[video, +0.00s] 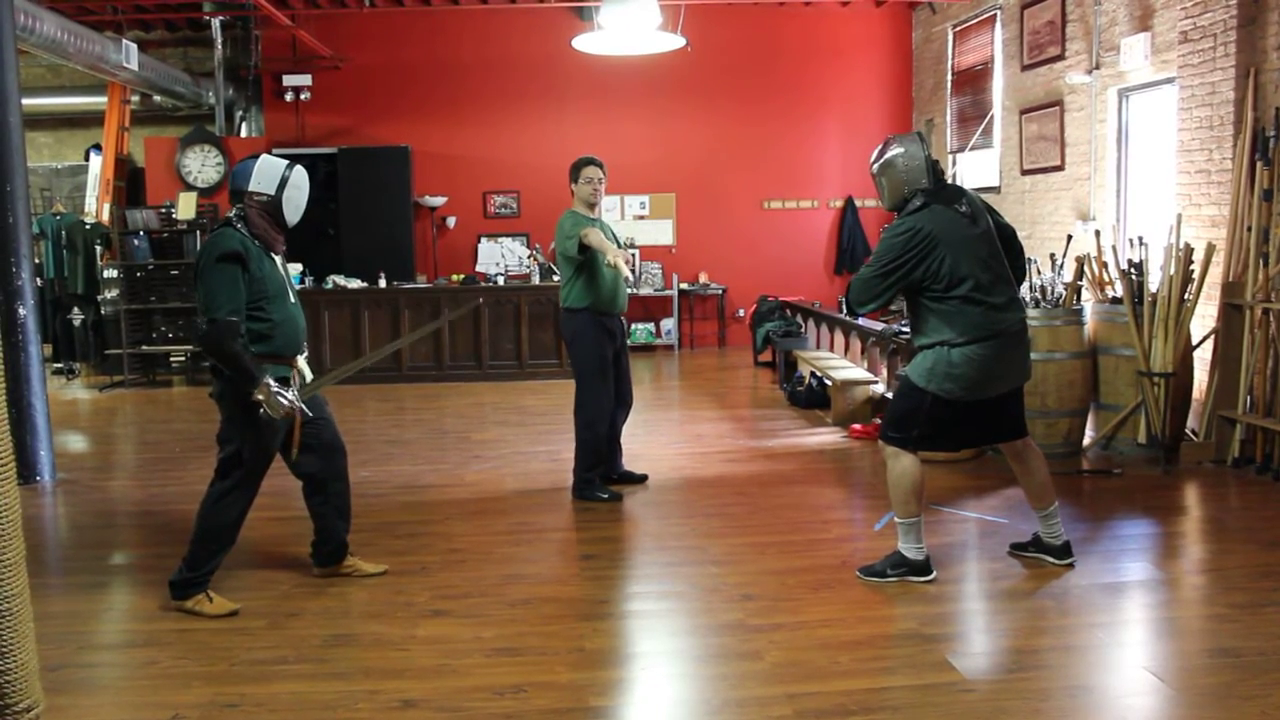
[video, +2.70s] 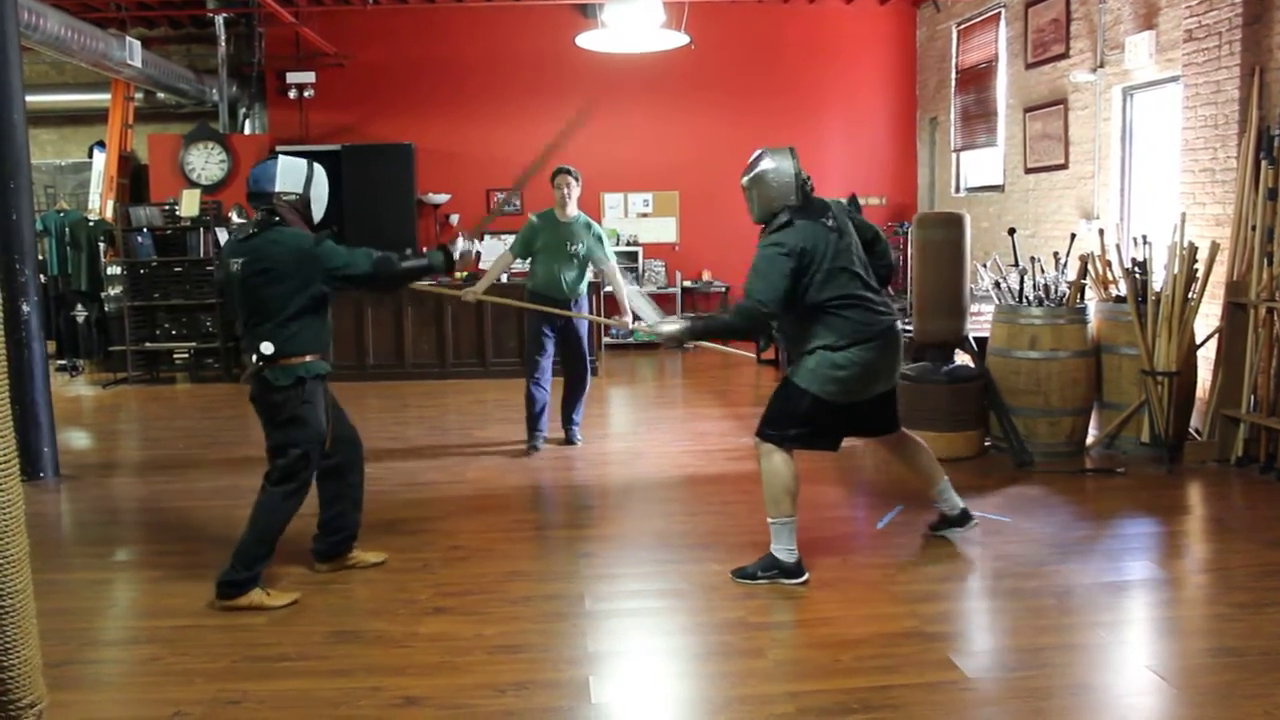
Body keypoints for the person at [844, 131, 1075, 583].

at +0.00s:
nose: (881, 193)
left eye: (882, 182)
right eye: (880, 183)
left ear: (899, 179)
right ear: (928, 172)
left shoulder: (910, 228)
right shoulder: (974, 206)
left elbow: (859, 296)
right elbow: (1016, 259)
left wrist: (888, 277)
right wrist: (992, 298)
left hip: (954, 356)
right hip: (1009, 348)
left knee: (898, 439)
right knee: (1016, 440)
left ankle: (911, 554)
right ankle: (1054, 539)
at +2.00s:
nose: (875, 186)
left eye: (877, 176)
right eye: (875, 177)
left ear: (894, 176)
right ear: (923, 170)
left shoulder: (906, 224)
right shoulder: (966, 206)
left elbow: (852, 293)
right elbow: (1005, 261)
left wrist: (892, 272)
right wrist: (983, 299)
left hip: (937, 353)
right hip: (990, 348)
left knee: (871, 431)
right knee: (976, 442)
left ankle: (887, 544)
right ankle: (1023, 538)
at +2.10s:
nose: (860, 188)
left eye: (863, 178)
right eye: (861, 179)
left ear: (881, 181)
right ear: (909, 176)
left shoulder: (890, 230)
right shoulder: (953, 211)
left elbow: (837, 296)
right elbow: (992, 259)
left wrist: (882, 269)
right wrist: (971, 298)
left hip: (922, 357)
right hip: (977, 351)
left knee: (858, 433)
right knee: (974, 446)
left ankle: (848, 547)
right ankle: (1023, 539)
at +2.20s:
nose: (841, 192)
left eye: (843, 183)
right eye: (841, 182)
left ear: (857, 184)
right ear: (891, 178)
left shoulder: (867, 231)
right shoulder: (934, 214)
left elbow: (812, 289)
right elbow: (970, 270)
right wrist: (942, 299)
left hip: (902, 360)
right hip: (958, 355)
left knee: (838, 437)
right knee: (971, 446)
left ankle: (809, 551)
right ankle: (1024, 538)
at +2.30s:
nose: (816, 195)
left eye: (819, 185)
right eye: (816, 186)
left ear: (836, 183)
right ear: (864, 178)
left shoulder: (842, 233)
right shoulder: (909, 215)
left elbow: (782, 286)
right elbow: (942, 277)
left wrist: (765, 269)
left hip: (879, 363)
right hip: (934, 357)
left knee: (814, 443)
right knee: (958, 445)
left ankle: (795, 557)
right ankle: (1020, 532)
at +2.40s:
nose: (789, 198)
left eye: (791, 189)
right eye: (788, 189)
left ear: (807, 187)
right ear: (837, 182)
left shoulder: (814, 234)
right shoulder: (881, 215)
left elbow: (755, 280)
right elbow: (916, 259)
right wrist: (901, 301)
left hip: (860, 358)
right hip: (913, 351)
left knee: (795, 443)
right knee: (938, 441)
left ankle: (788, 558)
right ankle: (1010, 520)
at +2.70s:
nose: (747, 201)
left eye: (750, 192)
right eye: (747, 192)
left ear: (766, 192)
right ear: (797, 186)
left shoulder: (781, 239)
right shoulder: (840, 213)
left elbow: (755, 314)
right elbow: (882, 258)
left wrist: (692, 328)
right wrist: (859, 296)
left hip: (837, 350)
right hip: (881, 340)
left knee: (772, 440)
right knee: (888, 430)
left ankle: (784, 556)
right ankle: (954, 508)